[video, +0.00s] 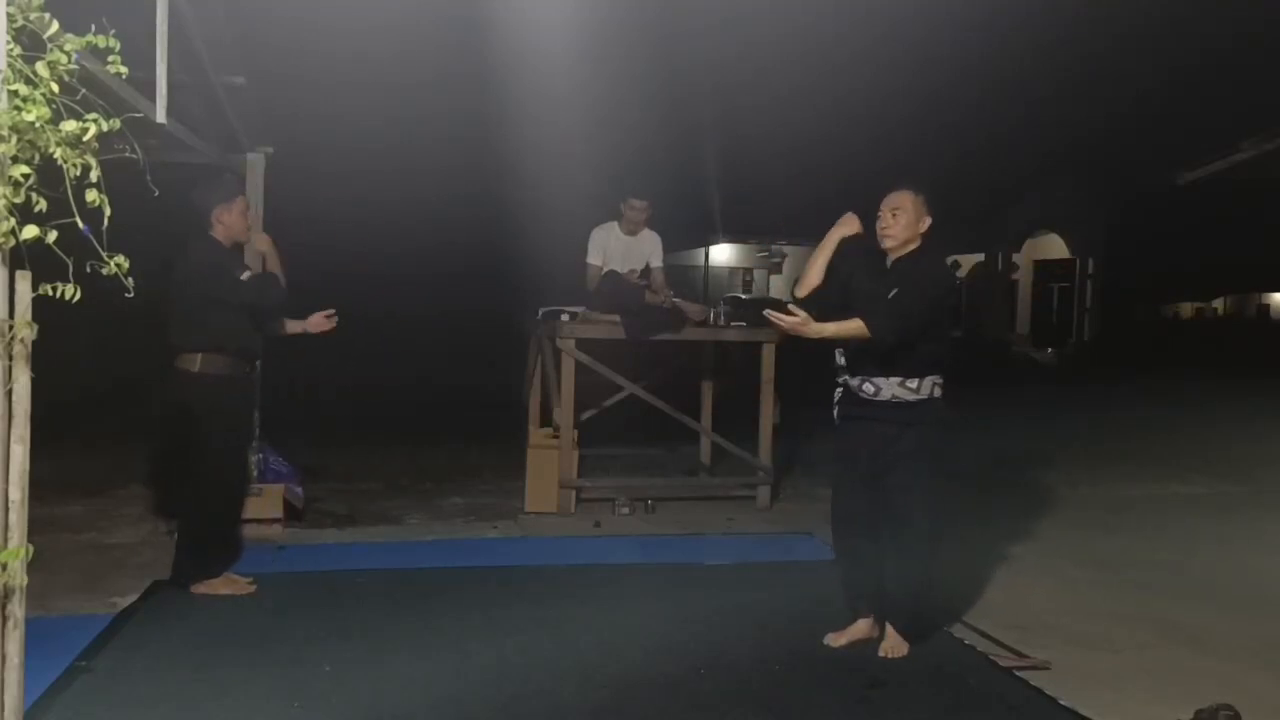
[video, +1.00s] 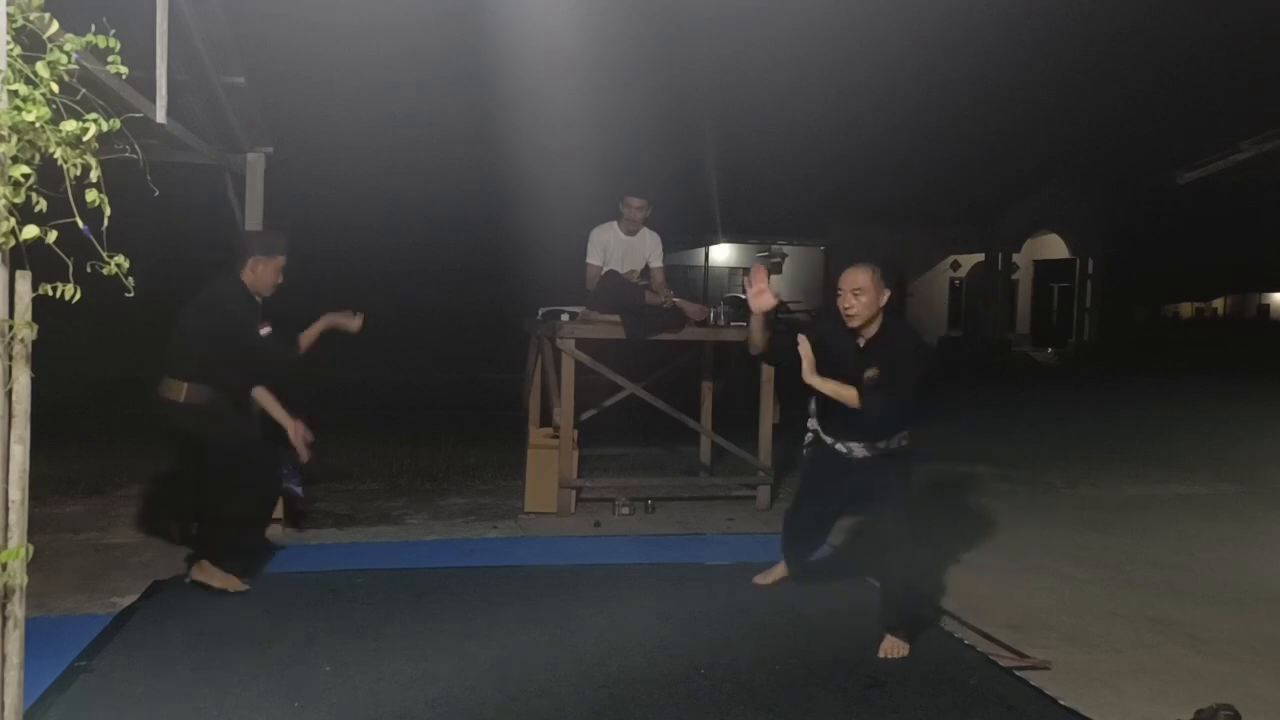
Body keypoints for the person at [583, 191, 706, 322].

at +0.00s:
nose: (637, 216)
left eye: (642, 210)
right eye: (632, 209)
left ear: (649, 212)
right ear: (622, 207)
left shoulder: (653, 239)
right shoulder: (601, 234)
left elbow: (658, 282)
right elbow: (592, 285)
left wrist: (664, 295)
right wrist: (621, 280)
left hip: (634, 300)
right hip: (602, 300)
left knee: (674, 317)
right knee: (611, 278)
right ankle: (679, 308)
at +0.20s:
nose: (635, 215)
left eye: (641, 210)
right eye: (630, 209)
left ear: (648, 212)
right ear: (621, 208)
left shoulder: (653, 239)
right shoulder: (601, 234)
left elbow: (658, 282)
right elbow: (592, 285)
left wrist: (664, 294)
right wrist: (621, 280)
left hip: (636, 299)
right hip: (602, 299)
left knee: (672, 317)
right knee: (611, 278)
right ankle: (678, 309)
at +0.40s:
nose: (633, 215)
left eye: (639, 210)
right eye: (628, 208)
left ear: (648, 212)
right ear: (621, 207)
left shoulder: (653, 240)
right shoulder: (601, 234)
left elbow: (659, 282)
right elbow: (591, 284)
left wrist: (664, 294)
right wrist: (622, 279)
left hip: (635, 300)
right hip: (602, 300)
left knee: (676, 317)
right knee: (611, 278)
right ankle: (679, 306)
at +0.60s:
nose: (633, 214)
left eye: (639, 209)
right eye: (628, 207)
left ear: (648, 212)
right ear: (621, 207)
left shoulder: (653, 239)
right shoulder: (601, 234)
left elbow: (658, 282)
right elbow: (591, 284)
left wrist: (664, 294)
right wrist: (621, 279)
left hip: (635, 300)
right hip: (602, 300)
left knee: (675, 317)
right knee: (611, 278)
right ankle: (679, 306)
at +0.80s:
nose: (633, 215)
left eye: (639, 209)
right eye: (628, 208)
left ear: (648, 212)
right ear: (621, 207)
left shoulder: (652, 239)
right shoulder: (601, 234)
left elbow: (658, 282)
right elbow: (591, 283)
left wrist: (664, 294)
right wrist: (622, 279)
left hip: (636, 299)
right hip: (602, 299)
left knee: (675, 318)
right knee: (610, 278)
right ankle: (679, 305)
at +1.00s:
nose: (633, 214)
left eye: (639, 209)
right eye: (628, 208)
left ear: (648, 212)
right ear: (621, 207)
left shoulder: (652, 239)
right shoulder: (601, 234)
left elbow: (659, 282)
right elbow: (591, 283)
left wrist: (665, 295)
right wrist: (621, 280)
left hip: (636, 300)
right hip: (602, 299)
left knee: (674, 317)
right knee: (610, 278)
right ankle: (680, 305)